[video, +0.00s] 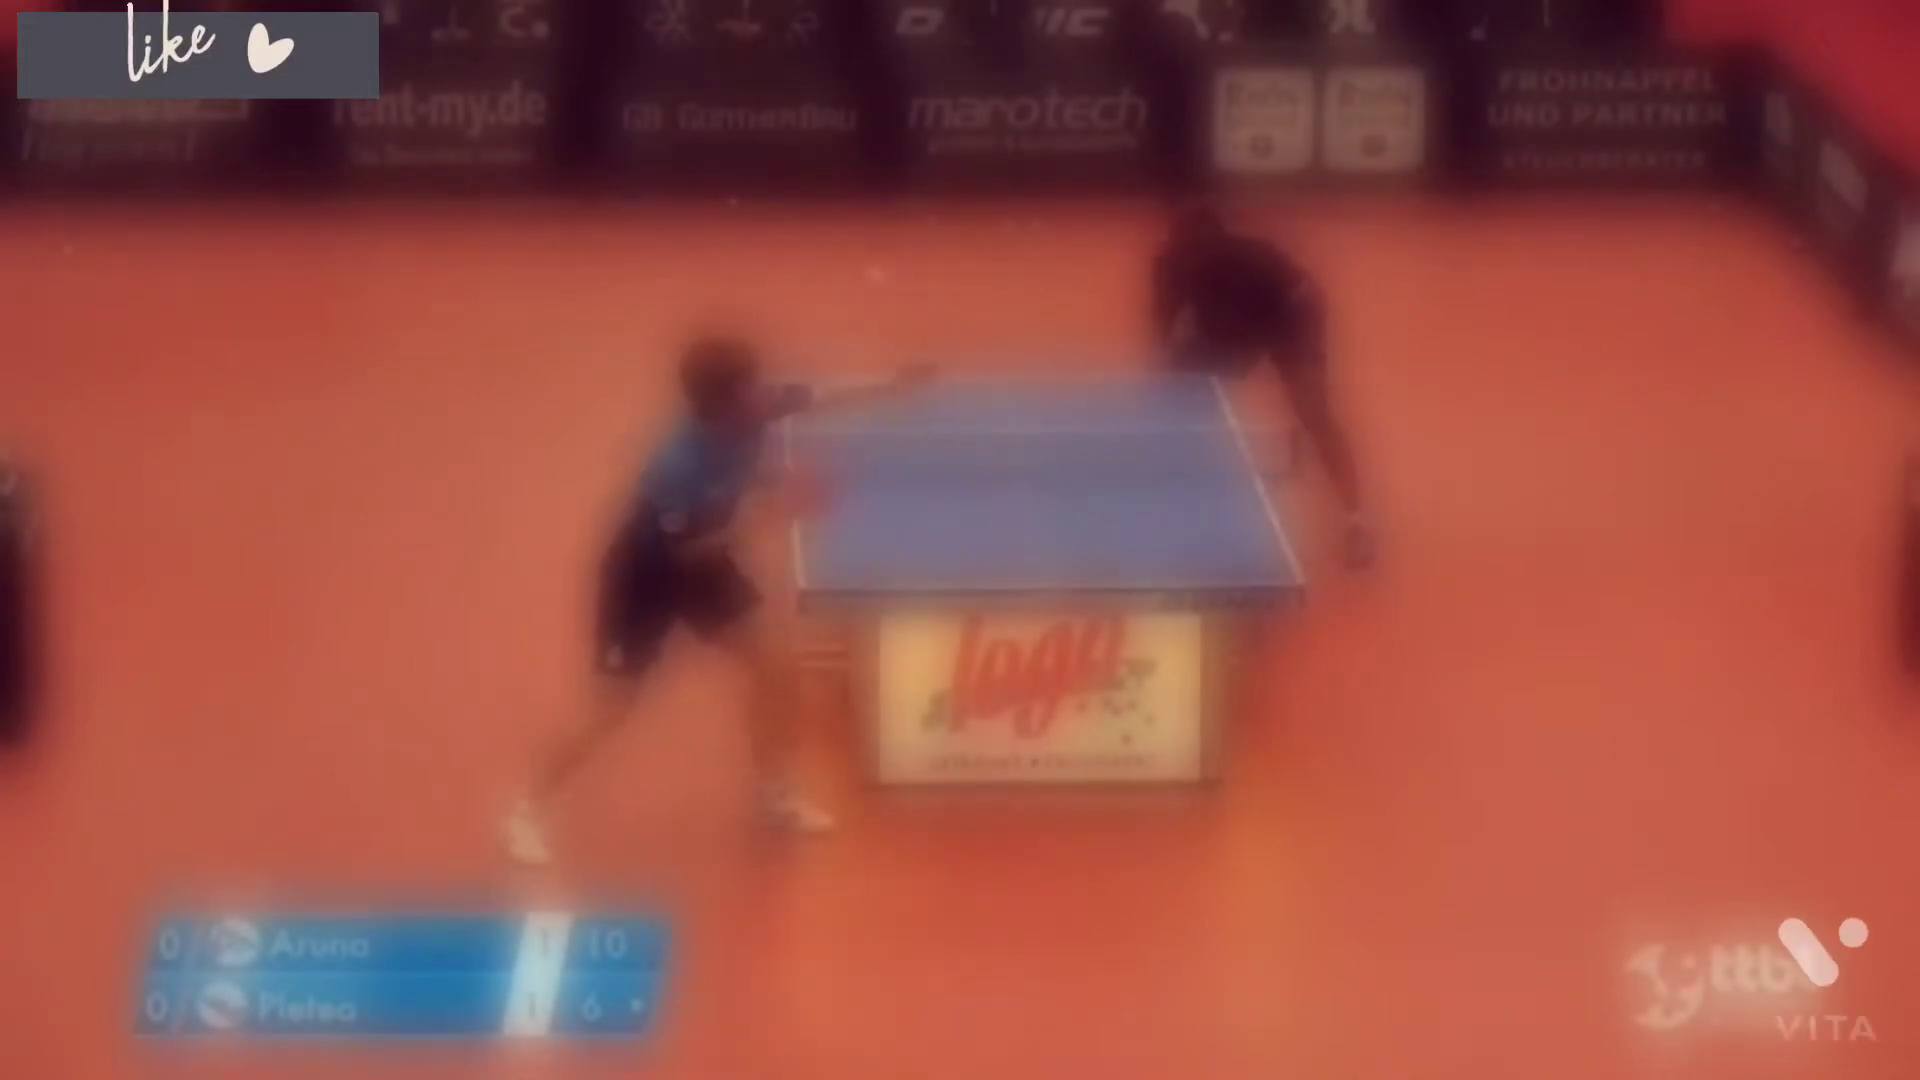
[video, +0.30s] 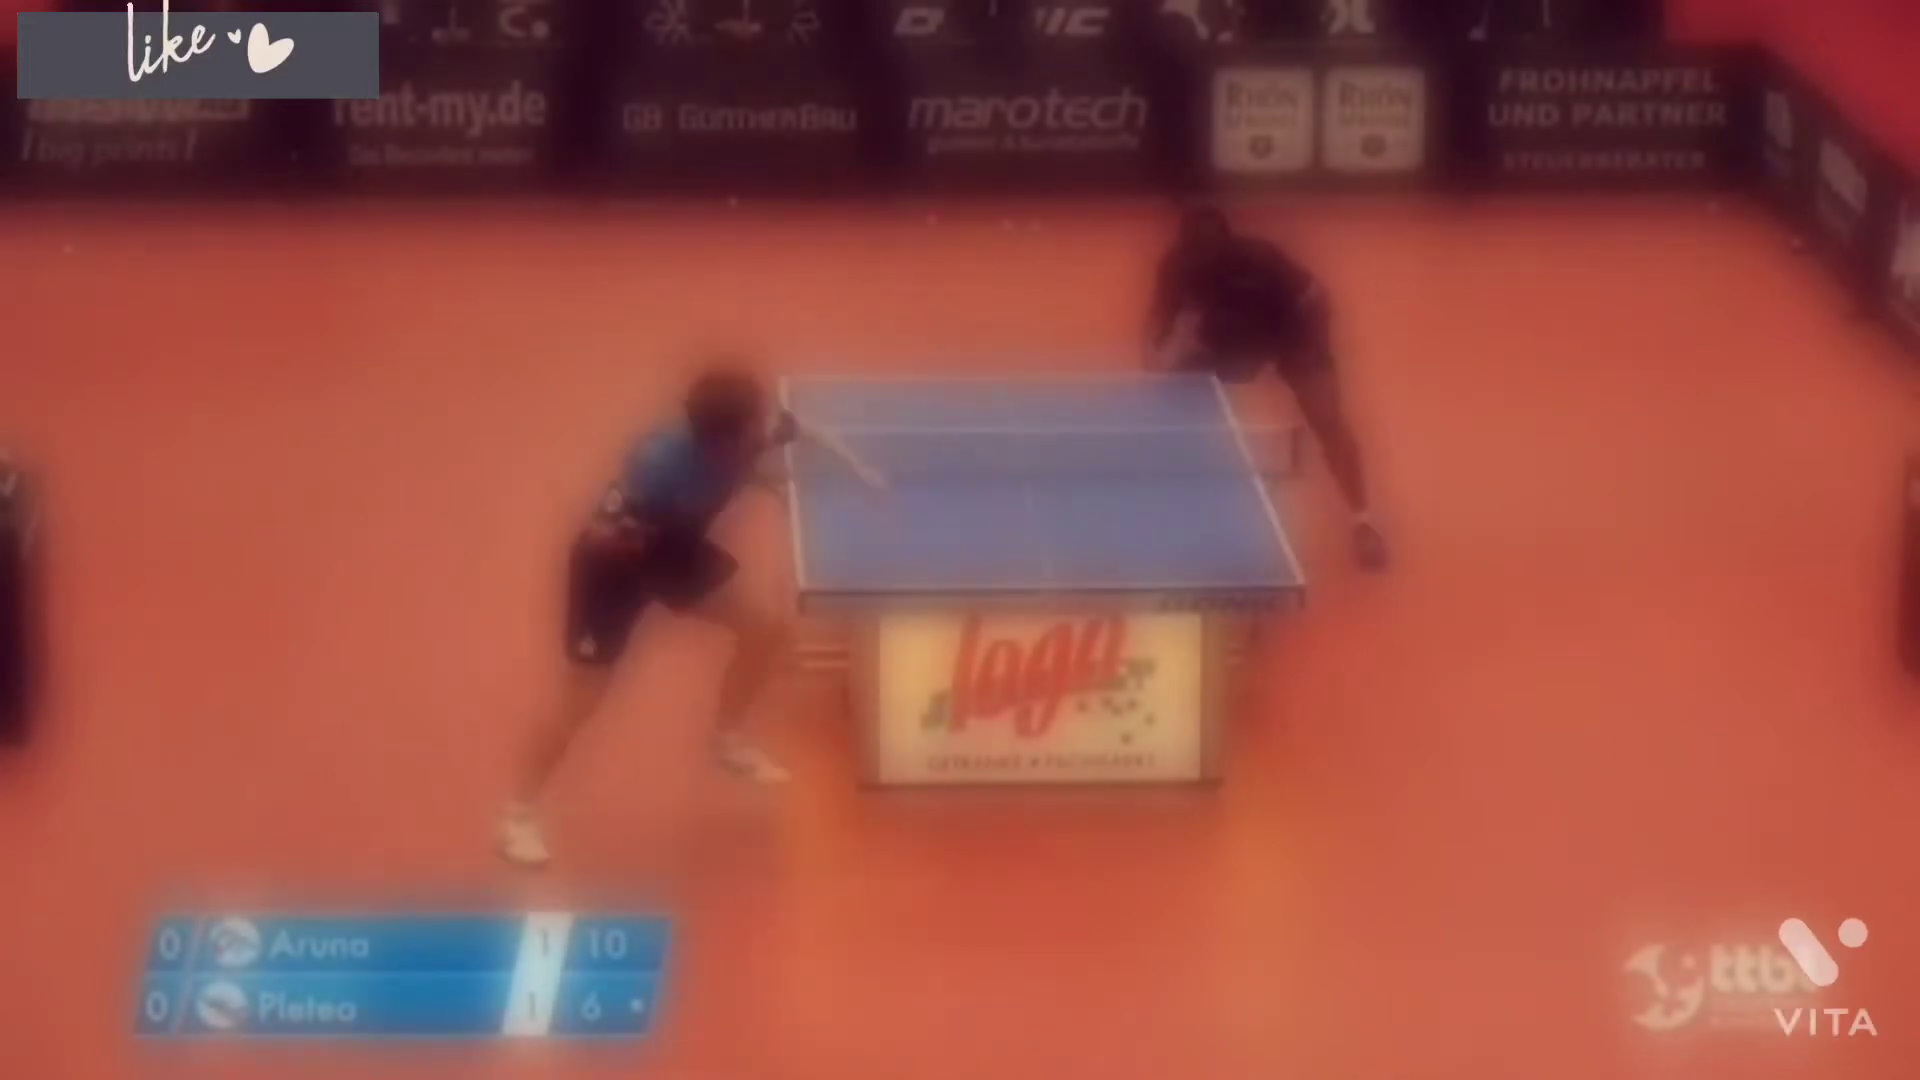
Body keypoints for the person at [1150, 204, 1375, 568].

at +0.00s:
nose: (1192, 238)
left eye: (1199, 228)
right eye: (1185, 230)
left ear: (1213, 224)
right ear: (1176, 230)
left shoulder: (1251, 255)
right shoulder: (1175, 263)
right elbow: (1163, 325)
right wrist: (1163, 363)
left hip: (1287, 317)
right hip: (1226, 326)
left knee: (1313, 410)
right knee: (1179, 398)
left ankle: (1354, 513)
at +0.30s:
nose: (1203, 241)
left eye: (1209, 232)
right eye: (1194, 234)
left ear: (1222, 228)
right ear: (1184, 233)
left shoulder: (1255, 255)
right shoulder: (1179, 265)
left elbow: (1311, 298)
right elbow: (1160, 327)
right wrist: (1163, 356)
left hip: (1291, 330)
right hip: (1230, 338)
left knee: (1326, 419)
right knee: (1175, 403)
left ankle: (1362, 517)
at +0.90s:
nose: (1184, 233)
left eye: (1191, 222)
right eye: (1180, 224)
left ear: (1216, 213)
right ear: (1180, 224)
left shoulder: (1275, 235)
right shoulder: (1189, 264)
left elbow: (1343, 265)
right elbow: (1161, 342)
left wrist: (1344, 340)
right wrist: (1106, 350)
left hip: (1301, 363)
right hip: (1234, 366)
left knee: (1331, 463)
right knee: (1184, 447)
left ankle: (1384, 541)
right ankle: (1190, 559)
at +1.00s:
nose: (1159, 234)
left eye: (1166, 223)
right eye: (1153, 225)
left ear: (1188, 214)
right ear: (1149, 225)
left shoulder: (1244, 235)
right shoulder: (1162, 268)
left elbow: (1319, 256)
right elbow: (1135, 344)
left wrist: (1342, 325)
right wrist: (1083, 353)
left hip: (1282, 361)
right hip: (1213, 366)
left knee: (1325, 460)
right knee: (1171, 451)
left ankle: (1383, 542)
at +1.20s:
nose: (1097, 274)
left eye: (1101, 263)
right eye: (1088, 268)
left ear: (1116, 252)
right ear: (1078, 268)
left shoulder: (1155, 256)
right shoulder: (1086, 304)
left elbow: (1212, 254)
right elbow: (1082, 366)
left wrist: (1257, 307)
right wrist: (1079, 390)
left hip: (1206, 381)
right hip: (1146, 398)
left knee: (1270, 453)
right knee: (1164, 485)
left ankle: (1342, 533)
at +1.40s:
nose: (1087, 225)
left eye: (1094, 214)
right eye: (1078, 217)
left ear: (1109, 208)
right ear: (1067, 217)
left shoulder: (1148, 227)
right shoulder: (1059, 261)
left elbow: (1213, 238)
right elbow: (1060, 318)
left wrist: (1241, 312)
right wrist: (1053, 359)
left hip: (1177, 347)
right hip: (1110, 355)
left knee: (1205, 433)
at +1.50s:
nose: (1087, 225)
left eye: (1094, 214)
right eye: (1078, 216)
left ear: (1110, 207)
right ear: (1068, 214)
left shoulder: (1152, 234)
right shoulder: (1059, 256)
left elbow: (1221, 259)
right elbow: (1038, 314)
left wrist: (1241, 335)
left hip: (1174, 361)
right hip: (1102, 365)